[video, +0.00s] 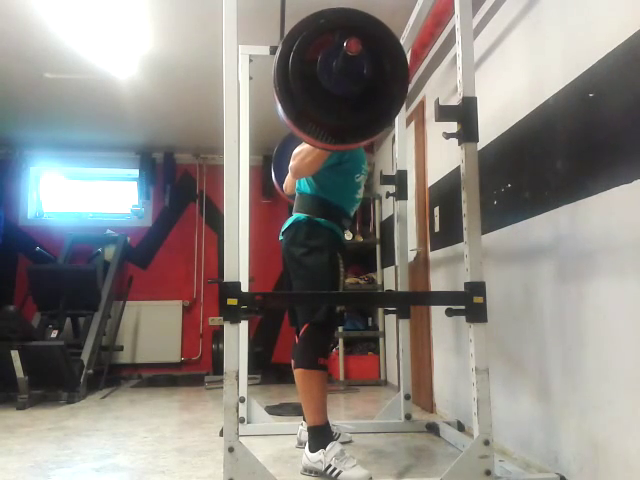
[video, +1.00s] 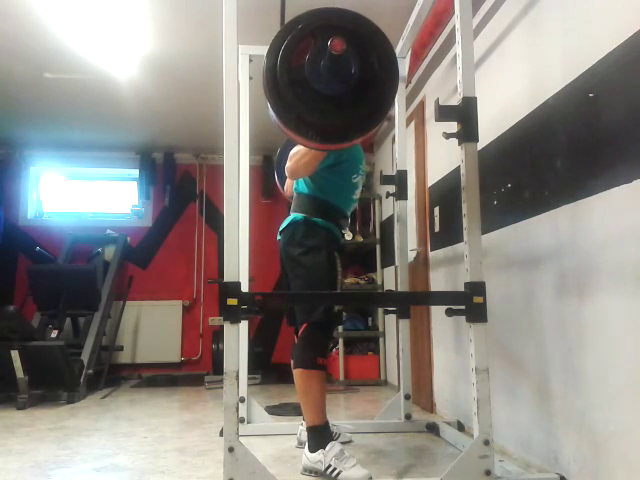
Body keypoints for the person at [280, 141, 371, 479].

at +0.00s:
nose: (373, 135)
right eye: (368, 126)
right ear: (351, 114)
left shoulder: (345, 144)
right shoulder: (330, 134)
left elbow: (289, 186)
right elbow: (296, 170)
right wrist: (333, 134)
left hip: (317, 234)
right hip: (310, 233)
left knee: (314, 333)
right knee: (316, 332)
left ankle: (315, 429)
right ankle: (319, 446)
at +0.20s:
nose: (371, 130)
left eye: (371, 124)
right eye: (368, 123)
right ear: (351, 114)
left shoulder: (346, 145)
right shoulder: (331, 135)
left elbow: (289, 187)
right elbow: (296, 170)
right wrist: (331, 132)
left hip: (317, 234)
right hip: (311, 233)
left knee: (313, 333)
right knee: (316, 332)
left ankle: (315, 428)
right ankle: (319, 446)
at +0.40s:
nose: (373, 129)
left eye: (373, 123)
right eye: (369, 122)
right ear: (352, 115)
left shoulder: (347, 146)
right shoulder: (332, 135)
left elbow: (290, 187)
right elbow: (295, 169)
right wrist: (330, 130)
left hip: (318, 234)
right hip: (311, 233)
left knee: (313, 333)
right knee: (316, 333)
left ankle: (315, 428)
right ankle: (319, 446)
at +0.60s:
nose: (369, 126)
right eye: (365, 121)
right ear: (347, 113)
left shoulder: (344, 145)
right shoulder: (330, 135)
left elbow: (288, 187)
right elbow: (294, 169)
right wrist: (327, 130)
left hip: (318, 235)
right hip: (310, 234)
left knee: (314, 332)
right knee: (315, 332)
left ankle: (315, 429)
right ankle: (319, 446)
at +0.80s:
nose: (370, 126)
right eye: (366, 120)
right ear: (348, 112)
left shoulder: (344, 144)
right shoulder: (330, 135)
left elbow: (289, 188)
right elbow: (293, 169)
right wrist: (326, 132)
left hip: (318, 235)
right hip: (309, 234)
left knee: (314, 332)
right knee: (315, 332)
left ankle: (314, 428)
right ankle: (319, 446)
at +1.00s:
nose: (372, 127)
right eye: (368, 120)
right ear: (352, 114)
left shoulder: (345, 146)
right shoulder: (331, 135)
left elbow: (289, 187)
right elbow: (293, 170)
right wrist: (328, 131)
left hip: (317, 235)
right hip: (309, 234)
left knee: (313, 332)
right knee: (315, 331)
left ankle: (314, 429)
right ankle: (319, 446)